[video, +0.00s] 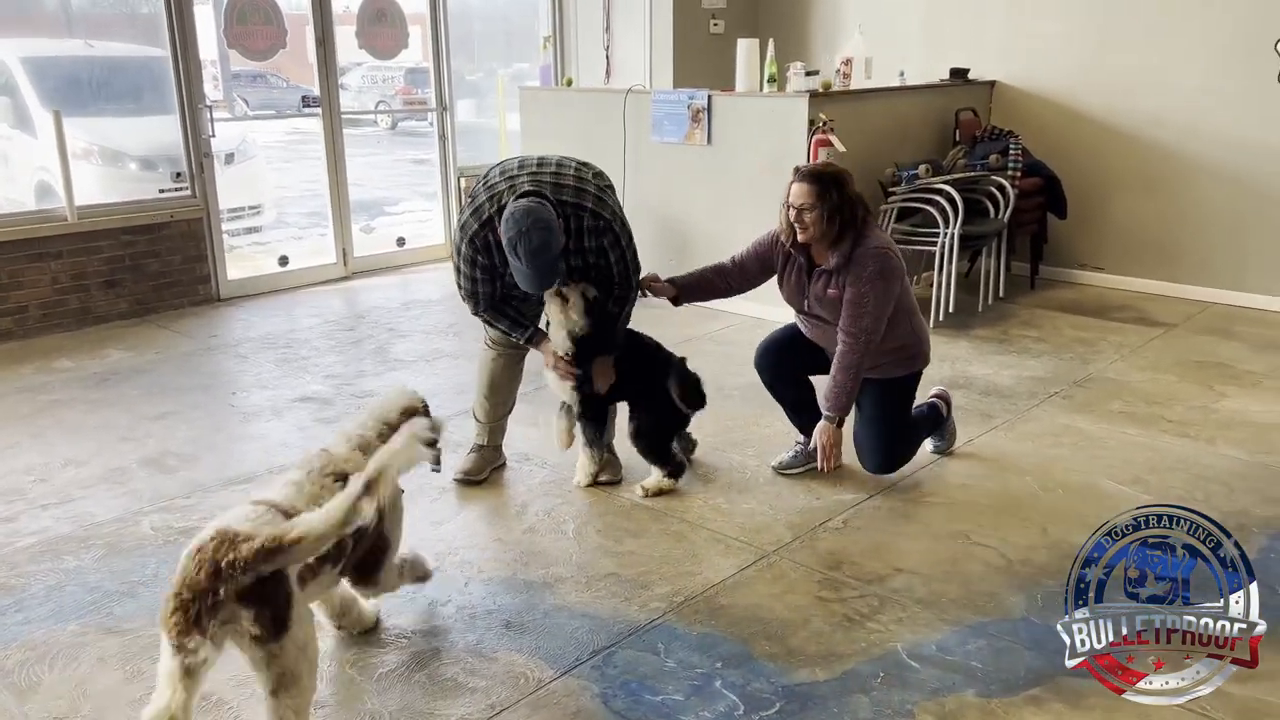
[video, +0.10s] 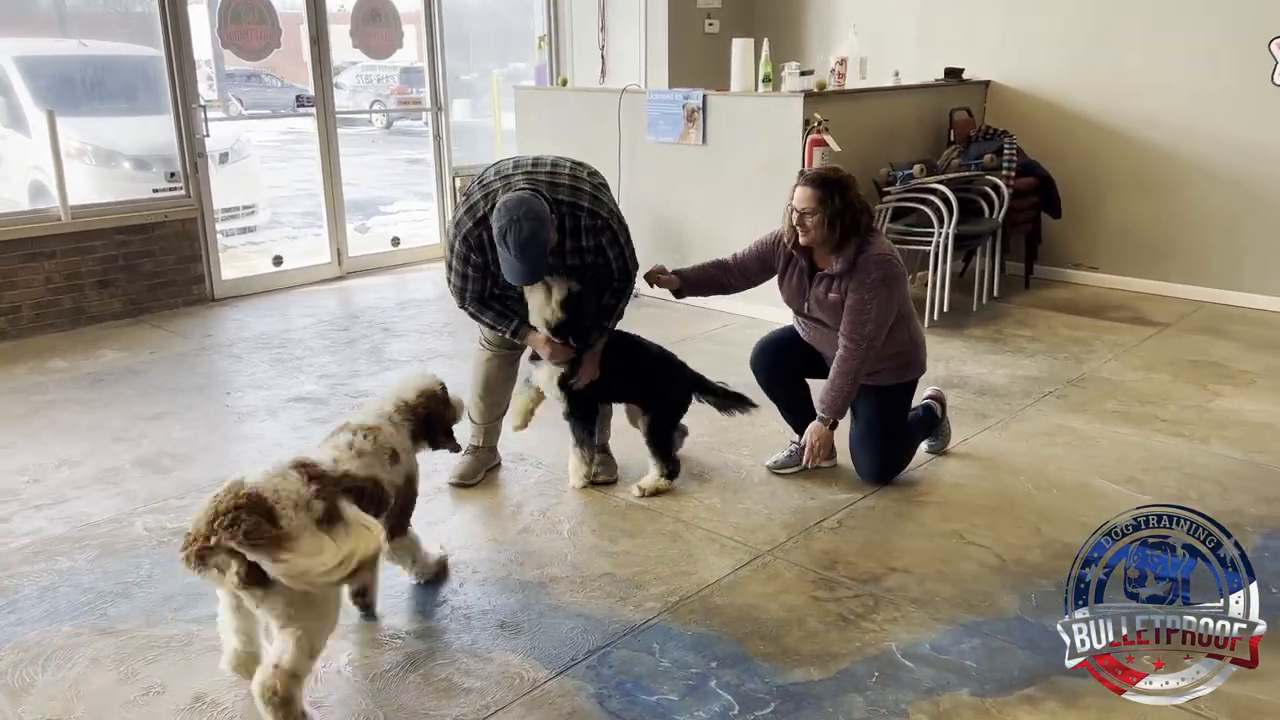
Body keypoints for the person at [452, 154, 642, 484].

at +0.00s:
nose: (545, 289)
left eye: (551, 278)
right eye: (533, 284)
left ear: (561, 231)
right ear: (503, 241)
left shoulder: (596, 214)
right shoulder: (475, 230)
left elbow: (625, 283)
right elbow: (482, 303)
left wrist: (605, 355)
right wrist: (542, 344)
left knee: (595, 343)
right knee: (501, 342)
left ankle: (601, 449)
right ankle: (486, 447)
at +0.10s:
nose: (528, 281)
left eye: (537, 272)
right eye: (519, 276)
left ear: (554, 229)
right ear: (494, 233)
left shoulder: (592, 211)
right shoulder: (469, 225)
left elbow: (624, 276)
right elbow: (469, 296)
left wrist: (594, 348)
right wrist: (530, 337)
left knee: (589, 344)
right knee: (497, 343)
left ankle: (596, 449)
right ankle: (481, 448)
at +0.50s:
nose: (512, 255)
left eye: (521, 247)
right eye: (503, 249)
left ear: (540, 216)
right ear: (482, 212)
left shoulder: (576, 209)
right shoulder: (454, 208)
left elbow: (599, 290)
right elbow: (432, 275)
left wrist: (549, 342)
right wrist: (501, 307)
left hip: (556, 262)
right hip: (482, 264)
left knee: (562, 349)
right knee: (477, 343)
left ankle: (577, 445)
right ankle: (463, 446)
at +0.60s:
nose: (504, 244)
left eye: (515, 235)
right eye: (494, 237)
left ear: (536, 205)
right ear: (480, 197)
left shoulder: (573, 202)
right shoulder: (446, 193)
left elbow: (592, 287)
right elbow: (415, 250)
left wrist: (533, 328)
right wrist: (466, 291)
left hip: (549, 278)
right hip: (476, 277)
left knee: (560, 354)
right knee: (467, 353)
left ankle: (573, 444)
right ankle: (459, 447)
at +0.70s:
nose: (498, 232)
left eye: (507, 224)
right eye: (488, 223)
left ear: (531, 196)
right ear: (475, 181)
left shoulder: (569, 199)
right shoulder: (444, 175)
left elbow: (587, 286)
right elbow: (393, 219)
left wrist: (530, 327)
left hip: (543, 280)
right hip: (469, 274)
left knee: (556, 362)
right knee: (466, 356)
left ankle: (570, 444)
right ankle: (457, 447)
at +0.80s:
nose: (485, 212)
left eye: (497, 207)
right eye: (478, 202)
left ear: (525, 187)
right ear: (470, 174)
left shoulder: (562, 193)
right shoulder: (443, 169)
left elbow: (588, 278)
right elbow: (380, 215)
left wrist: (532, 319)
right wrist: (332, 275)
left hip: (539, 289)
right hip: (470, 280)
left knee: (551, 366)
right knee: (464, 355)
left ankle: (568, 446)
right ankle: (454, 446)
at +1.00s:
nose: (486, 188)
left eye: (496, 179)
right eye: (475, 179)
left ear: (514, 157)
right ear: (456, 158)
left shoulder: (546, 167)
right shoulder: (430, 162)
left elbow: (581, 253)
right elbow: (368, 218)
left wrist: (524, 286)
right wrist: (353, 264)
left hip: (536, 279)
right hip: (465, 278)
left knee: (548, 362)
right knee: (462, 347)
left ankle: (564, 447)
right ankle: (450, 451)